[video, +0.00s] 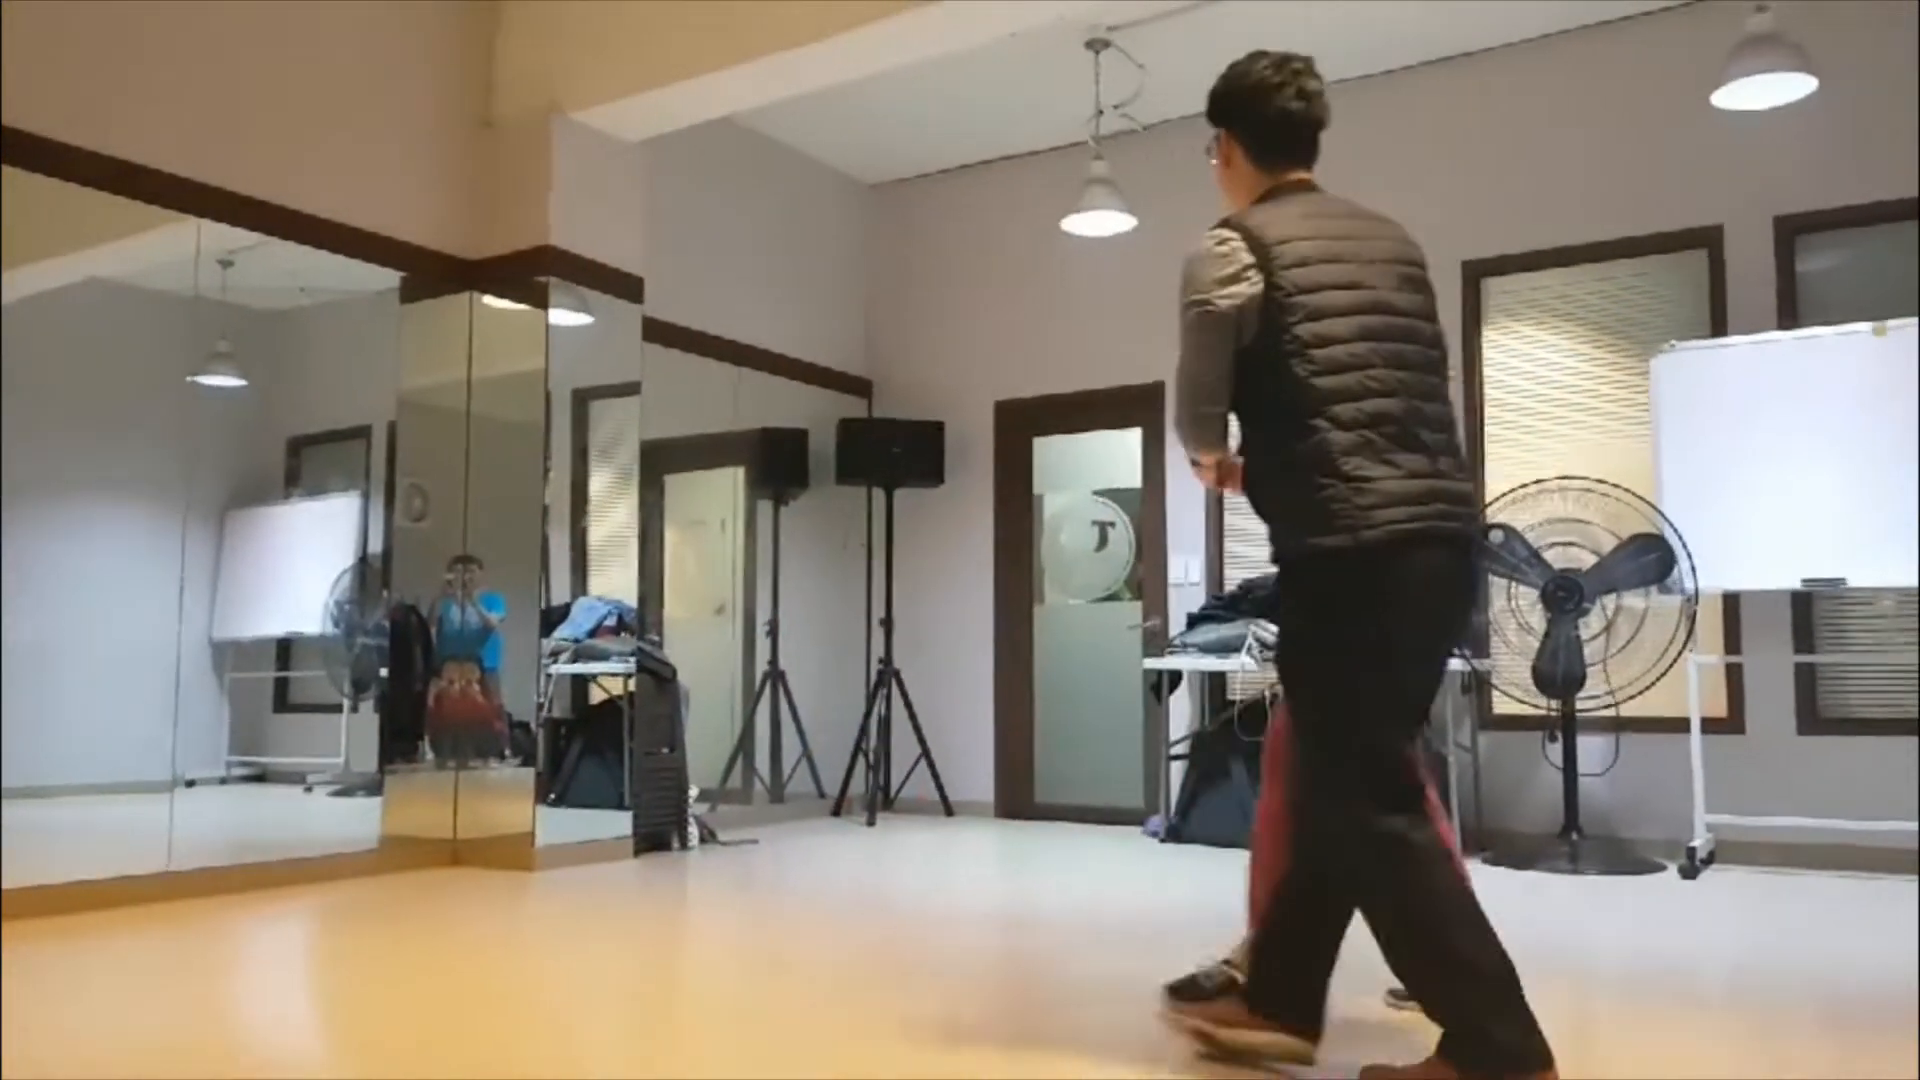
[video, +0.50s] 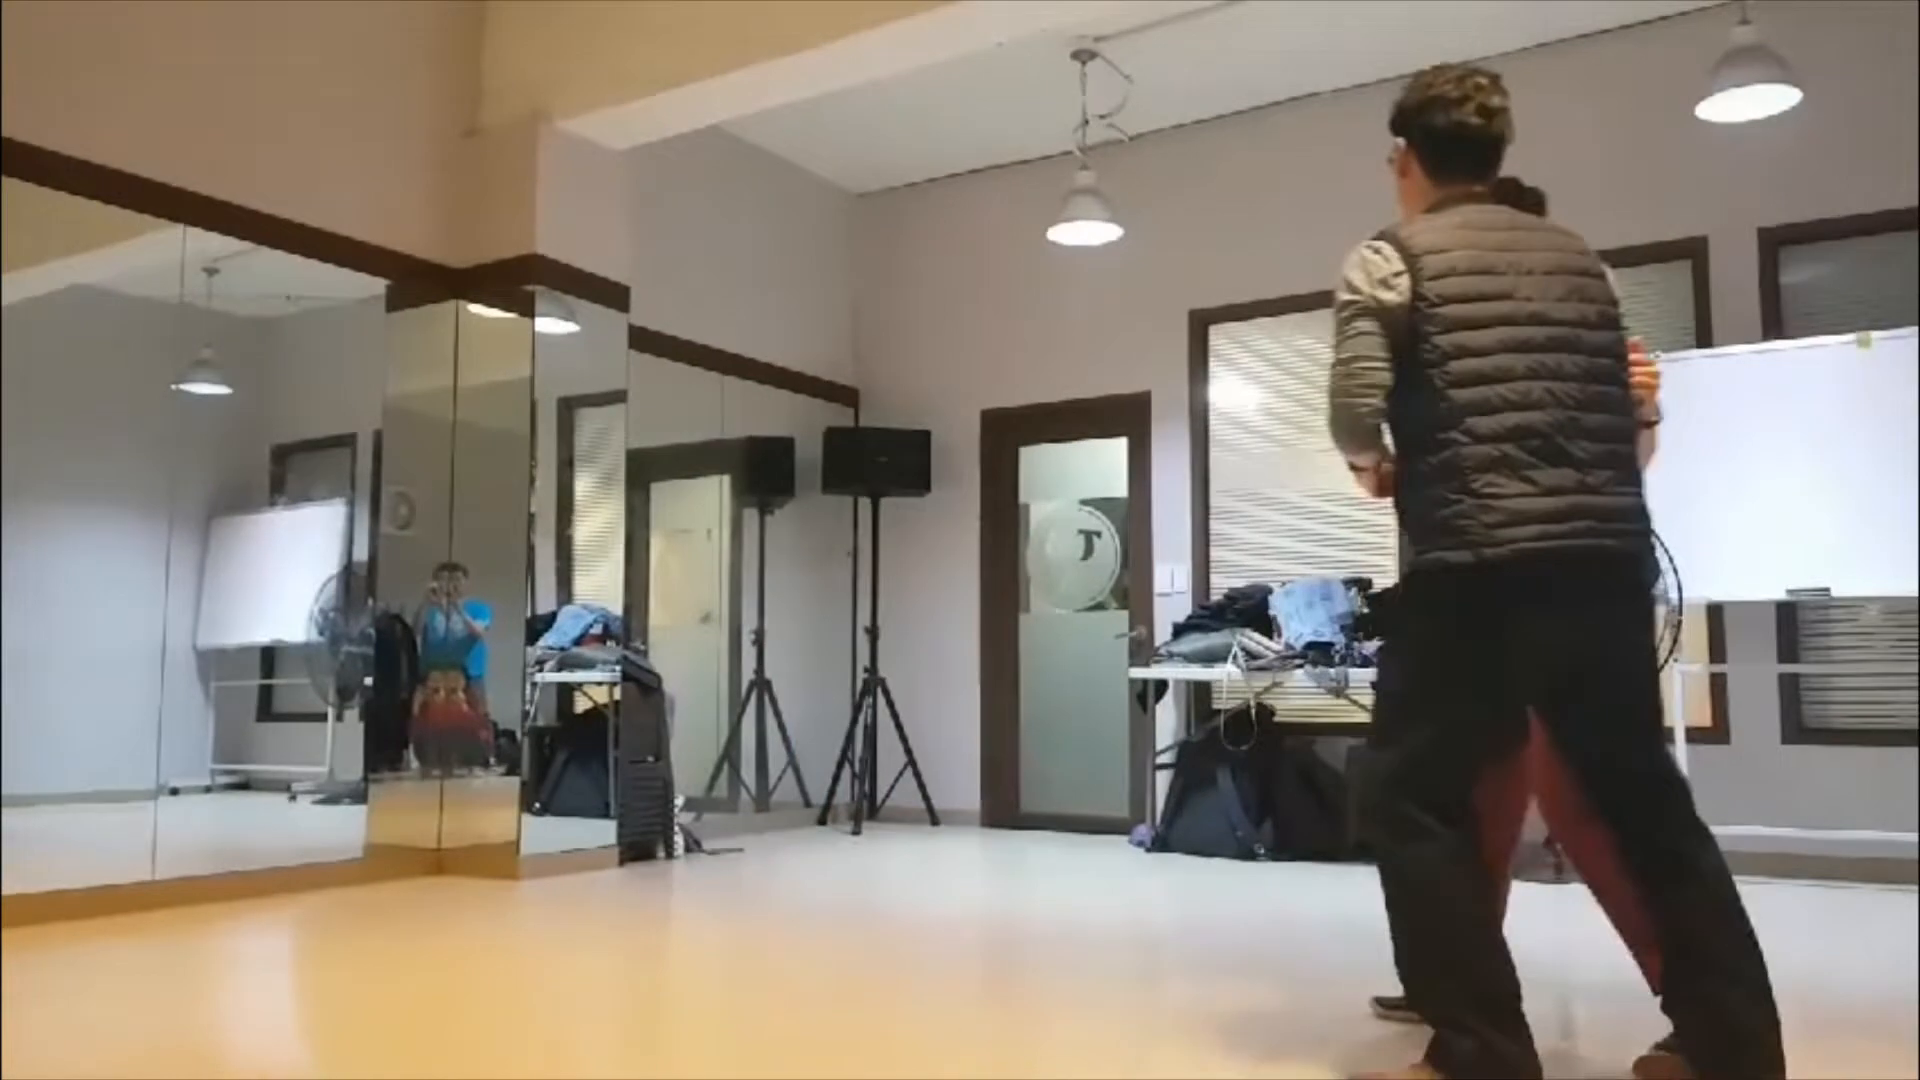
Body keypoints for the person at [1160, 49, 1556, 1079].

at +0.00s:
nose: (1214, 170)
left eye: (1212, 154)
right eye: (1214, 156)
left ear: (1226, 151)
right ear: (1315, 146)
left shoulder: (1232, 252)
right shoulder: (1395, 239)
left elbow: (1199, 415)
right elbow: (1418, 398)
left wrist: (1209, 453)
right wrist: (1274, 460)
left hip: (1344, 558)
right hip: (1443, 545)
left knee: (1369, 800)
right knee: (1335, 779)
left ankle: (1498, 1048)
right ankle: (1278, 1005)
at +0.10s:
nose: (1237, 163)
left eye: (1236, 147)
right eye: (1239, 149)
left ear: (1249, 144)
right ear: (1336, 139)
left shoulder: (1252, 240)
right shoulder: (1421, 231)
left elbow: (1218, 402)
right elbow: (1441, 375)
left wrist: (1227, 443)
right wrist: (1323, 434)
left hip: (1360, 546)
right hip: (1465, 534)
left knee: (1382, 795)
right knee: (1351, 764)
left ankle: (1497, 1049)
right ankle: (1341, 995)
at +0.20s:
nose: (1270, 158)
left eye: (1270, 142)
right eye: (1277, 143)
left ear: (1286, 139)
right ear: (1371, 136)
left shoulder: (1281, 232)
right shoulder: (1453, 225)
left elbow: (1238, 396)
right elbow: (1480, 377)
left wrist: (1256, 433)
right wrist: (1322, 428)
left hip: (1381, 544)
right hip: (1494, 533)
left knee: (1389, 797)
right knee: (1423, 777)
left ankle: (1495, 1054)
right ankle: (1434, 990)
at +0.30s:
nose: (1306, 163)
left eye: (1305, 147)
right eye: (1309, 148)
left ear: (1320, 146)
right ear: (1409, 142)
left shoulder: (1311, 238)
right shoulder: (1490, 237)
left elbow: (1263, 414)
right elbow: (1515, 385)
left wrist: (1300, 452)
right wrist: (1357, 442)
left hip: (1401, 555)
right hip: (1517, 544)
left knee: (1386, 801)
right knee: (1483, 772)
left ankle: (1481, 1053)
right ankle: (1590, 1007)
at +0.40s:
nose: (1341, 173)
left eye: (1343, 157)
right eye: (1346, 158)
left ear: (1358, 156)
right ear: (1447, 155)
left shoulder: (1347, 248)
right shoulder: (1522, 247)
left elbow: (1294, 416)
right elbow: (1551, 399)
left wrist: (1319, 457)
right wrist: (1384, 451)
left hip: (1425, 573)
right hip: (1553, 567)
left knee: (1388, 813)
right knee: (1557, 779)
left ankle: (1481, 1054)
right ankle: (1705, 1029)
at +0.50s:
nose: (1392, 177)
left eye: (1393, 163)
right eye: (1394, 164)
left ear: (1408, 161)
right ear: (1499, 157)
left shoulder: (1394, 253)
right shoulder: (1575, 252)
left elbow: (1356, 416)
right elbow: (1610, 407)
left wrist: (1374, 464)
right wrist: (1433, 450)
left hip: (1470, 576)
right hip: (1604, 569)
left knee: (1410, 800)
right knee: (1641, 788)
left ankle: (1481, 1050)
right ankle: (1736, 1043)